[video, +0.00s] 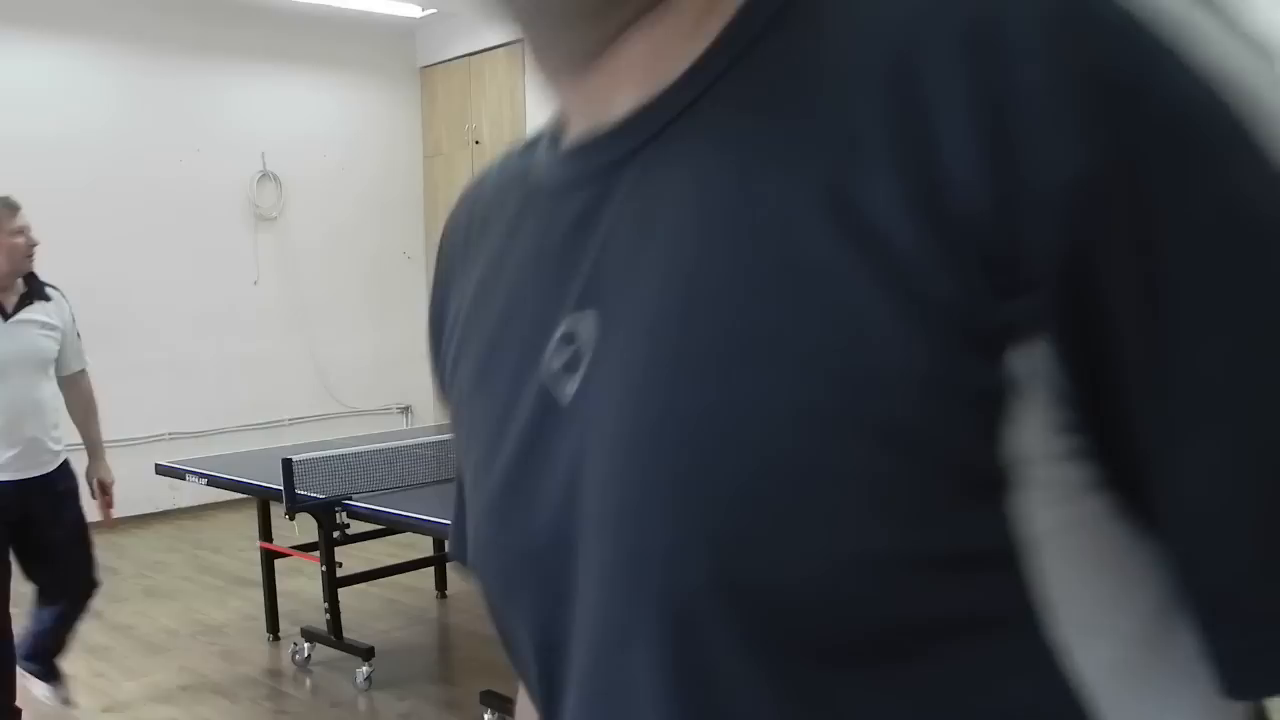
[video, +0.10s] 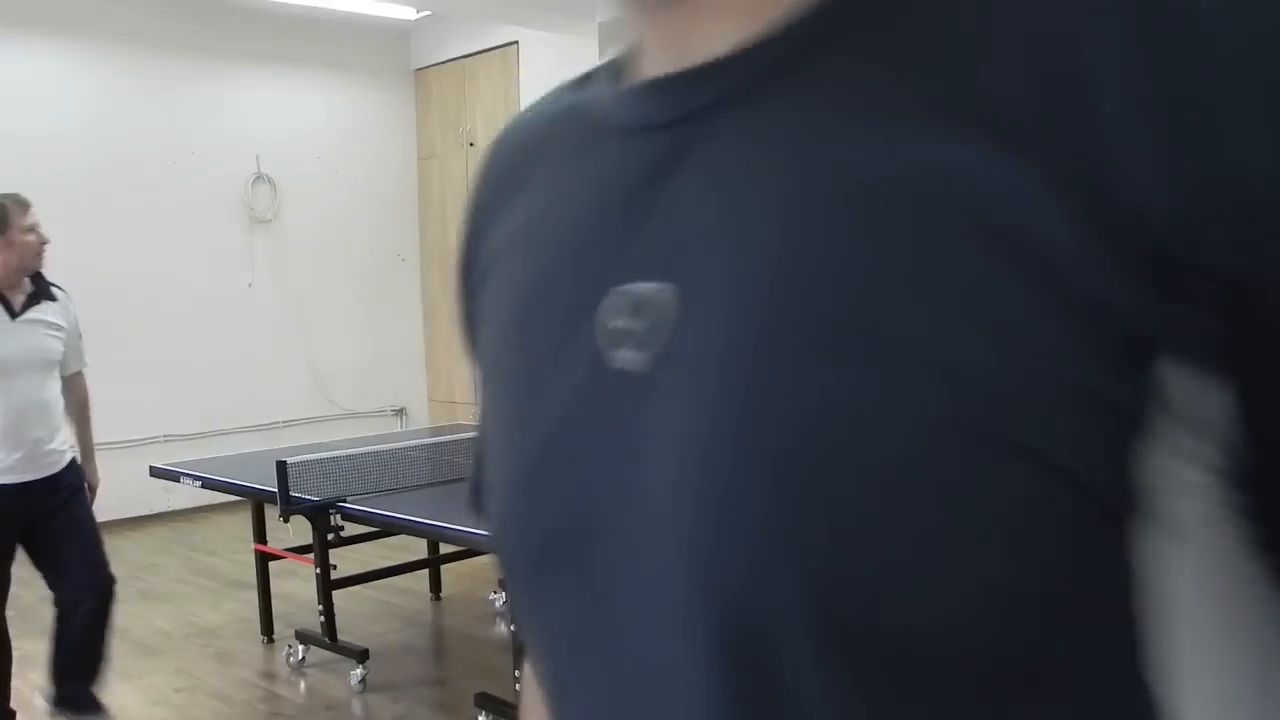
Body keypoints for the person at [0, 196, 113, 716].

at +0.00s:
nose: (30, 238)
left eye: (28, 229)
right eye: (17, 232)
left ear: (28, 239)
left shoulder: (51, 303)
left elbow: (74, 381)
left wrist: (96, 457)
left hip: (45, 473)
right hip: (1, 480)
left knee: (73, 581)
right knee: (6, 598)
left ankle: (35, 664)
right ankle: (12, 694)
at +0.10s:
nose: (42, 238)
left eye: (39, 229)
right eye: (30, 230)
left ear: (26, 241)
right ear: (1, 243)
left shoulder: (56, 302)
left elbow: (73, 381)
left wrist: (86, 456)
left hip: (54, 480)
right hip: (1, 489)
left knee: (90, 586)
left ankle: (73, 696)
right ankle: (3, 704)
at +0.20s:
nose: (64, 240)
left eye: (61, 231)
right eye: (52, 232)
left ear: (32, 244)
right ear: (11, 244)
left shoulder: (70, 303)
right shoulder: (3, 308)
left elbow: (84, 384)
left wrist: (92, 460)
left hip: (70, 488)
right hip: (6, 496)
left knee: (106, 612)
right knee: (1, 626)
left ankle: (131, 713)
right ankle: (4, 709)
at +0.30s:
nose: (90, 246)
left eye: (86, 236)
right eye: (77, 238)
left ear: (48, 248)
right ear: (34, 248)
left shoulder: (91, 309)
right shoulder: (5, 305)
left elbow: (101, 393)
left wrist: (109, 471)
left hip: (88, 499)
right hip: (14, 506)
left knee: (123, 635)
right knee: (2, 638)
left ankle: (161, 716)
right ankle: (6, 707)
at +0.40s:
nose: (120, 249)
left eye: (117, 238)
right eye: (107, 239)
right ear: (64, 248)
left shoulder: (122, 317)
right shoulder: (15, 313)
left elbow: (131, 403)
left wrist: (138, 479)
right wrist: (3, 508)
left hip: (118, 506)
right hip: (35, 511)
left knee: (140, 645)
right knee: (8, 646)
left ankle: (158, 713)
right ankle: (6, 707)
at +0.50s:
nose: (153, 244)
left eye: (151, 233)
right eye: (140, 233)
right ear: (96, 240)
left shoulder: (152, 314)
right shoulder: (44, 303)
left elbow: (167, 409)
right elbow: (3, 394)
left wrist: (178, 498)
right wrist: (29, 491)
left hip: (153, 505)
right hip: (77, 511)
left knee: (169, 653)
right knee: (52, 647)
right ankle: (17, 710)